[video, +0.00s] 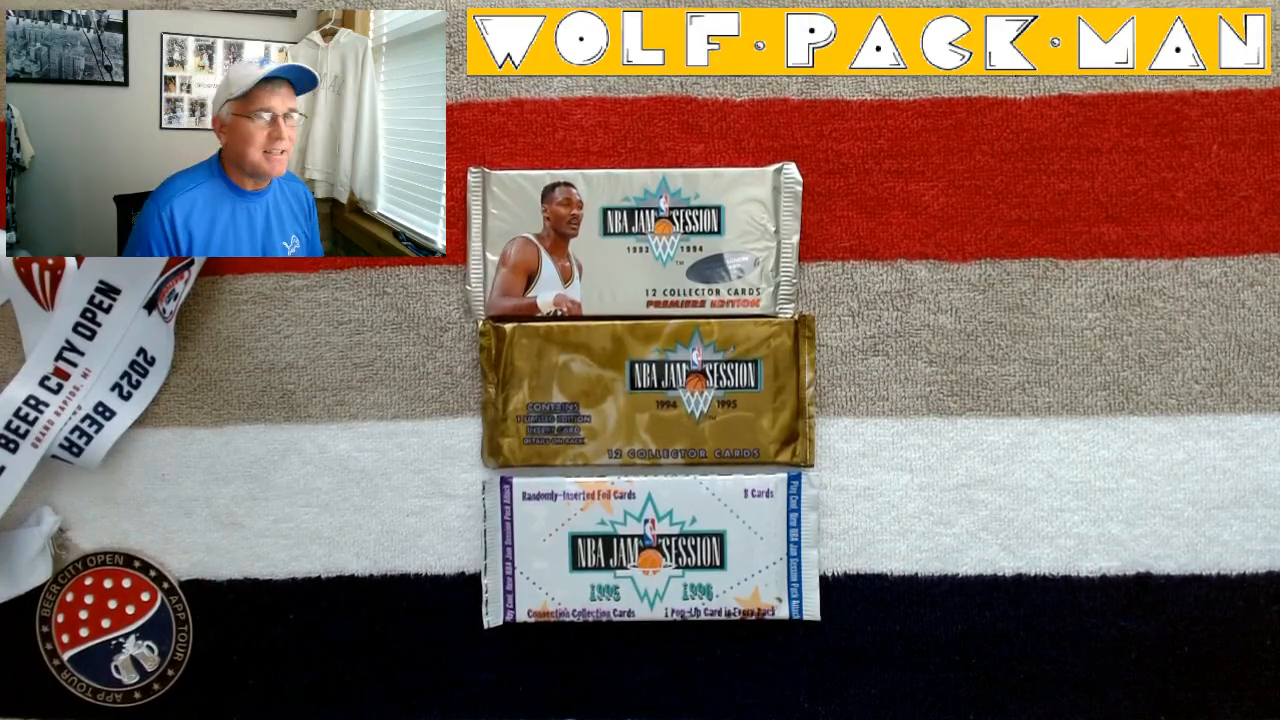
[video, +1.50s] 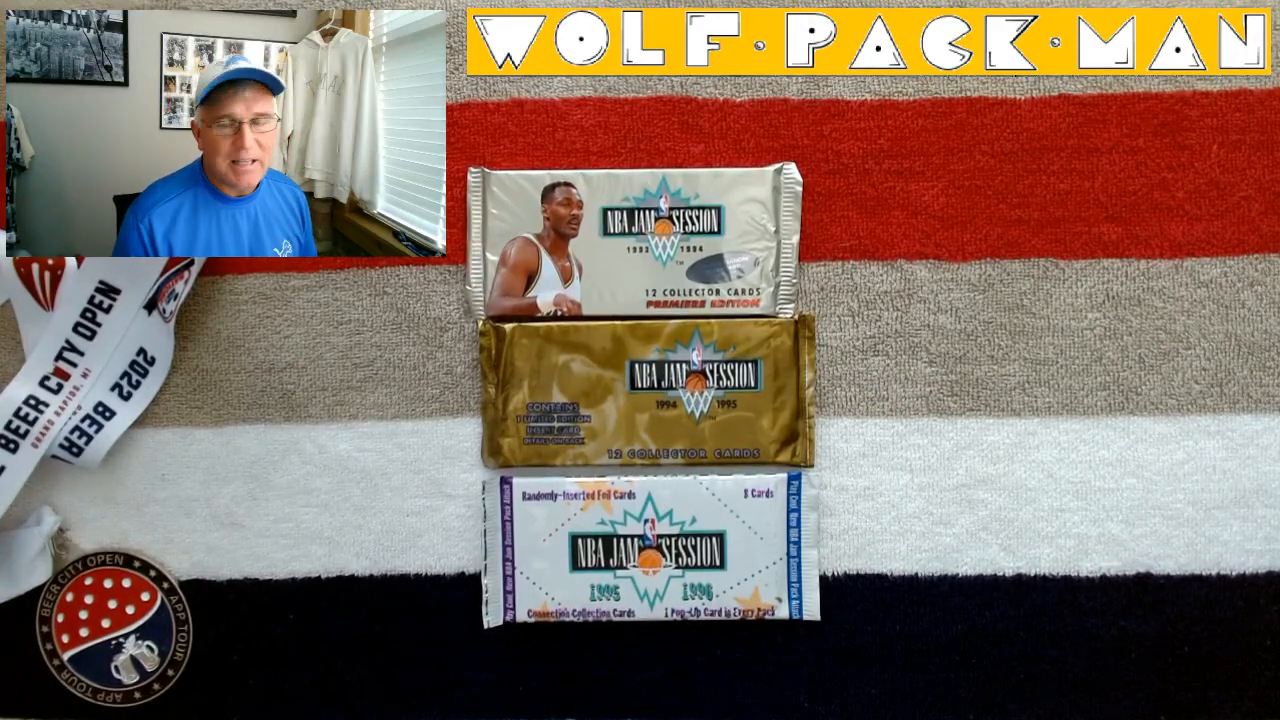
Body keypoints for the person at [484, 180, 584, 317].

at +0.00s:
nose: (576, 213)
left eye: (580, 207)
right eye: (566, 205)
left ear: (583, 211)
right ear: (545, 211)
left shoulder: (575, 266)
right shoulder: (521, 249)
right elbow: (494, 307)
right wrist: (550, 301)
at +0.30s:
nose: (576, 213)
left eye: (580, 207)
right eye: (566, 205)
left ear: (583, 211)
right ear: (545, 211)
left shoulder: (575, 266)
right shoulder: (521, 250)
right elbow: (495, 307)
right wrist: (550, 301)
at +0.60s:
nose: (576, 213)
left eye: (580, 207)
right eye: (566, 205)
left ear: (583, 211)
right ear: (545, 211)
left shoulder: (575, 265)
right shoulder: (521, 249)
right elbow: (495, 307)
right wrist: (550, 301)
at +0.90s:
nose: (576, 213)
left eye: (580, 207)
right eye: (566, 205)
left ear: (583, 211)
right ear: (545, 211)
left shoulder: (575, 266)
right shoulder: (521, 250)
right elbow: (495, 307)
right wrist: (550, 301)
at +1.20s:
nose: (576, 213)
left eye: (580, 207)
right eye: (566, 205)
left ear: (583, 211)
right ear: (545, 211)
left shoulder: (575, 266)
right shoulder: (521, 250)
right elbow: (495, 307)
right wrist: (550, 301)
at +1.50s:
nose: (576, 213)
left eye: (580, 207)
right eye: (566, 205)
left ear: (583, 211)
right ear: (545, 211)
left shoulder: (575, 266)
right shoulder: (521, 250)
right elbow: (495, 307)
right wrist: (550, 301)